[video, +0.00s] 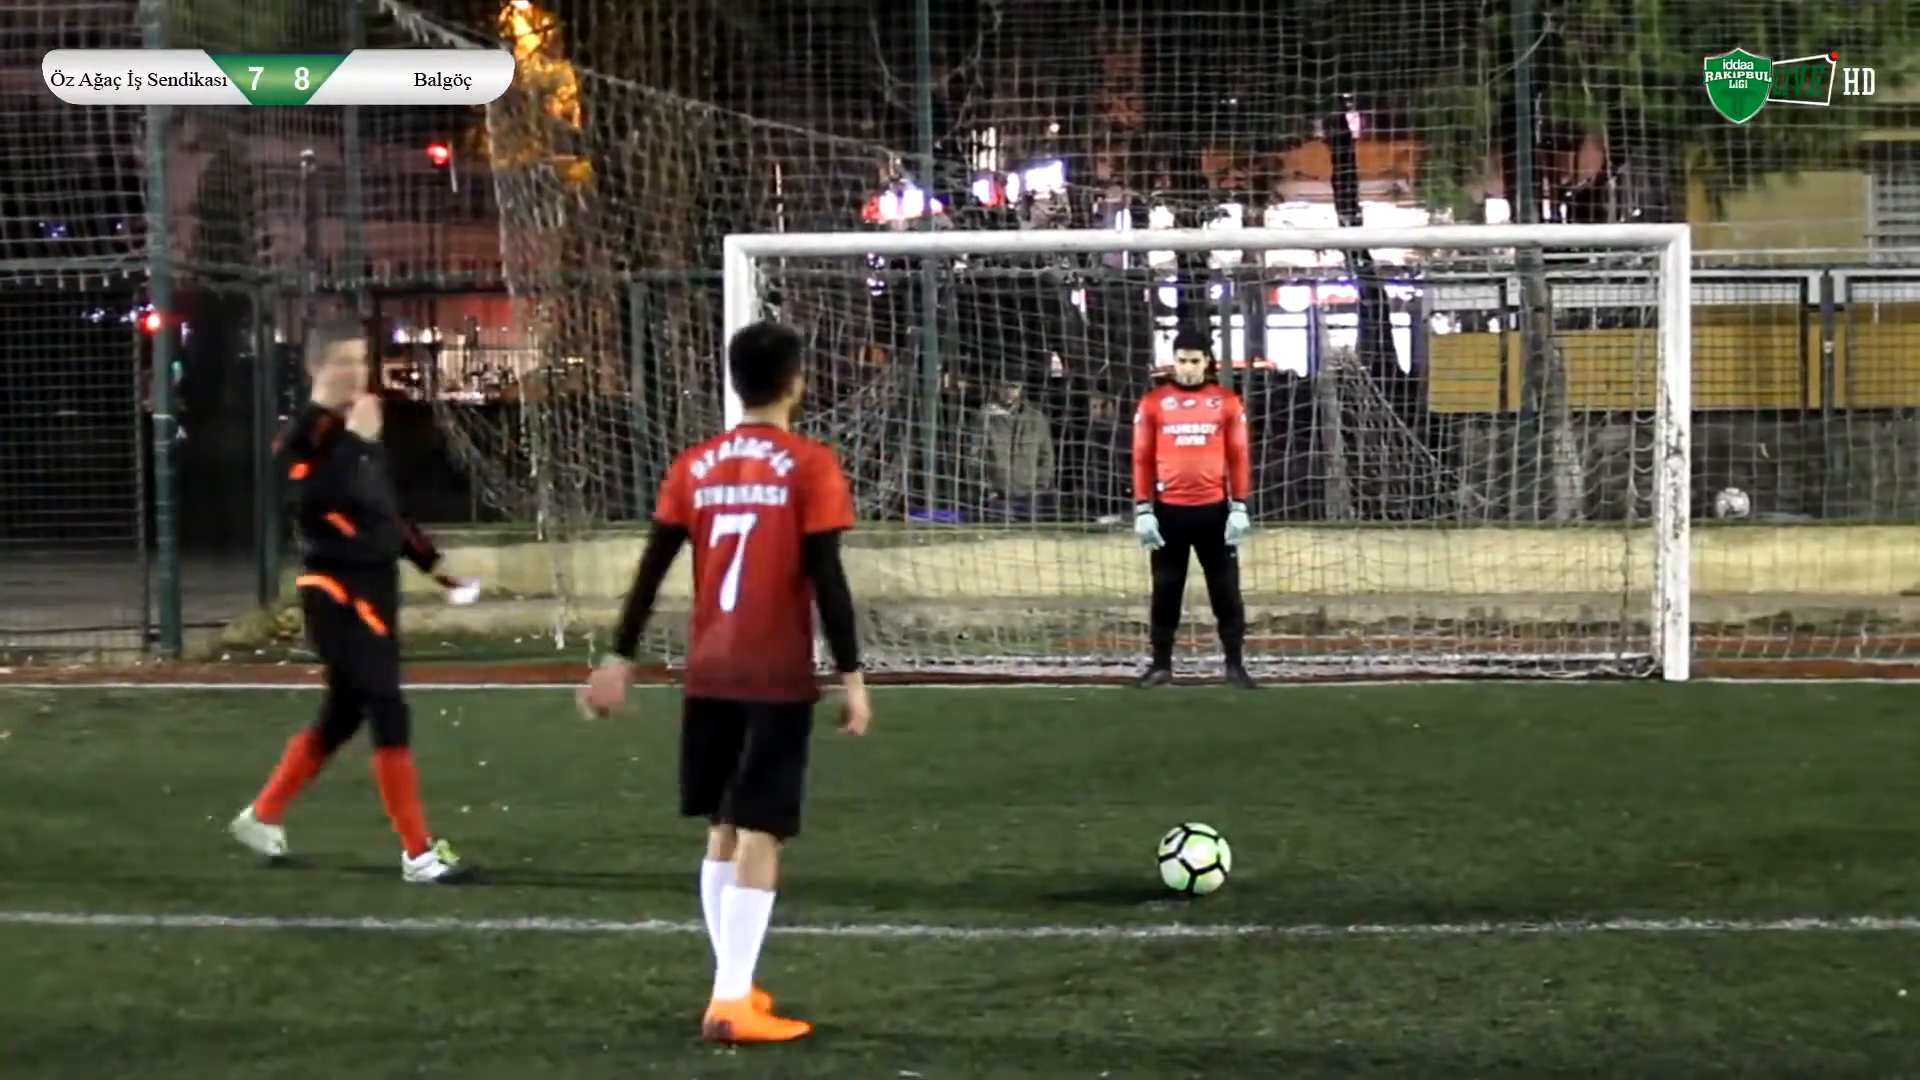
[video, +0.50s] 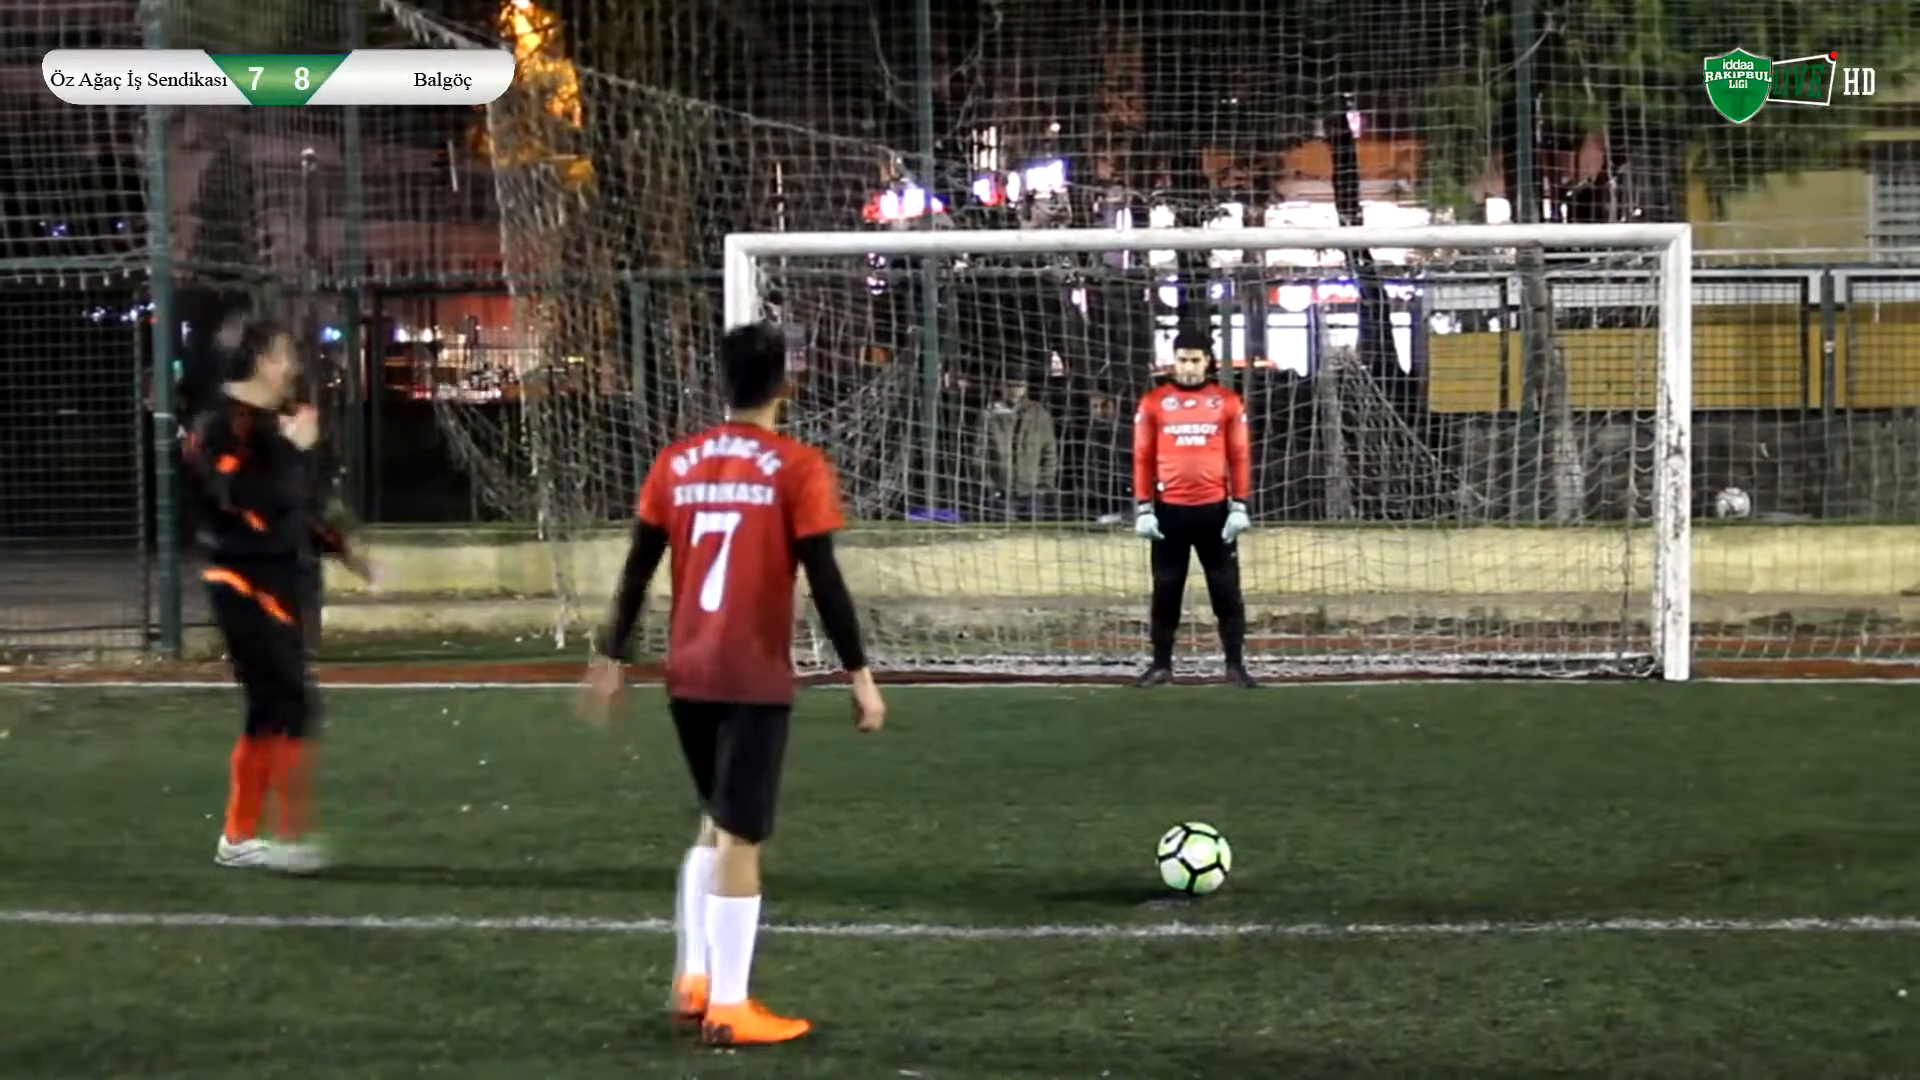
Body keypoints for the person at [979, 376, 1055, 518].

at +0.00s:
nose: (1009, 392)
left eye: (1014, 387)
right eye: (1005, 386)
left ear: (1021, 389)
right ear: (996, 387)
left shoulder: (1037, 418)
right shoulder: (986, 416)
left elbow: (1047, 455)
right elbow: (975, 455)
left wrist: (1042, 483)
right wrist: (987, 488)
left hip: (1030, 493)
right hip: (998, 493)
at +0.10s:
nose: (1011, 392)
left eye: (1016, 387)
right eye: (1007, 386)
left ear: (1024, 389)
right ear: (999, 387)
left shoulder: (1039, 416)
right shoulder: (989, 415)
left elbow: (1049, 454)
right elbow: (977, 454)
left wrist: (1044, 484)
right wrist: (988, 488)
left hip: (1031, 494)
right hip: (999, 493)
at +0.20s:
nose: (1011, 392)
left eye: (1017, 387)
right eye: (1007, 386)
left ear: (1024, 389)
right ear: (999, 386)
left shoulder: (1038, 416)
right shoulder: (988, 415)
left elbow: (1048, 454)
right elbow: (977, 453)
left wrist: (1043, 484)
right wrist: (987, 488)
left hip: (1030, 493)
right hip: (998, 493)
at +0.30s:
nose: (1011, 392)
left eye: (1016, 387)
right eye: (1006, 386)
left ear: (1024, 389)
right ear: (998, 387)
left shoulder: (1038, 416)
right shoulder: (987, 415)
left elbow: (1048, 454)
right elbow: (977, 454)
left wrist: (1043, 484)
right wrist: (987, 488)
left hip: (1030, 493)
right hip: (998, 493)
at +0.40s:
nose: (1012, 392)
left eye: (1017, 387)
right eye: (1007, 387)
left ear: (1024, 388)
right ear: (999, 387)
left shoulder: (1037, 416)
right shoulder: (987, 416)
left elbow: (1048, 454)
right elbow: (977, 454)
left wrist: (1042, 485)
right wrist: (986, 487)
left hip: (1030, 494)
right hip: (998, 493)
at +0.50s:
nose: (1014, 392)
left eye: (1019, 386)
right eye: (1009, 386)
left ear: (1026, 388)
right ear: (1001, 386)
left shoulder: (1040, 415)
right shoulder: (989, 415)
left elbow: (1050, 453)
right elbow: (980, 452)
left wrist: (1045, 485)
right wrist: (988, 486)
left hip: (1032, 493)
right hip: (1000, 492)